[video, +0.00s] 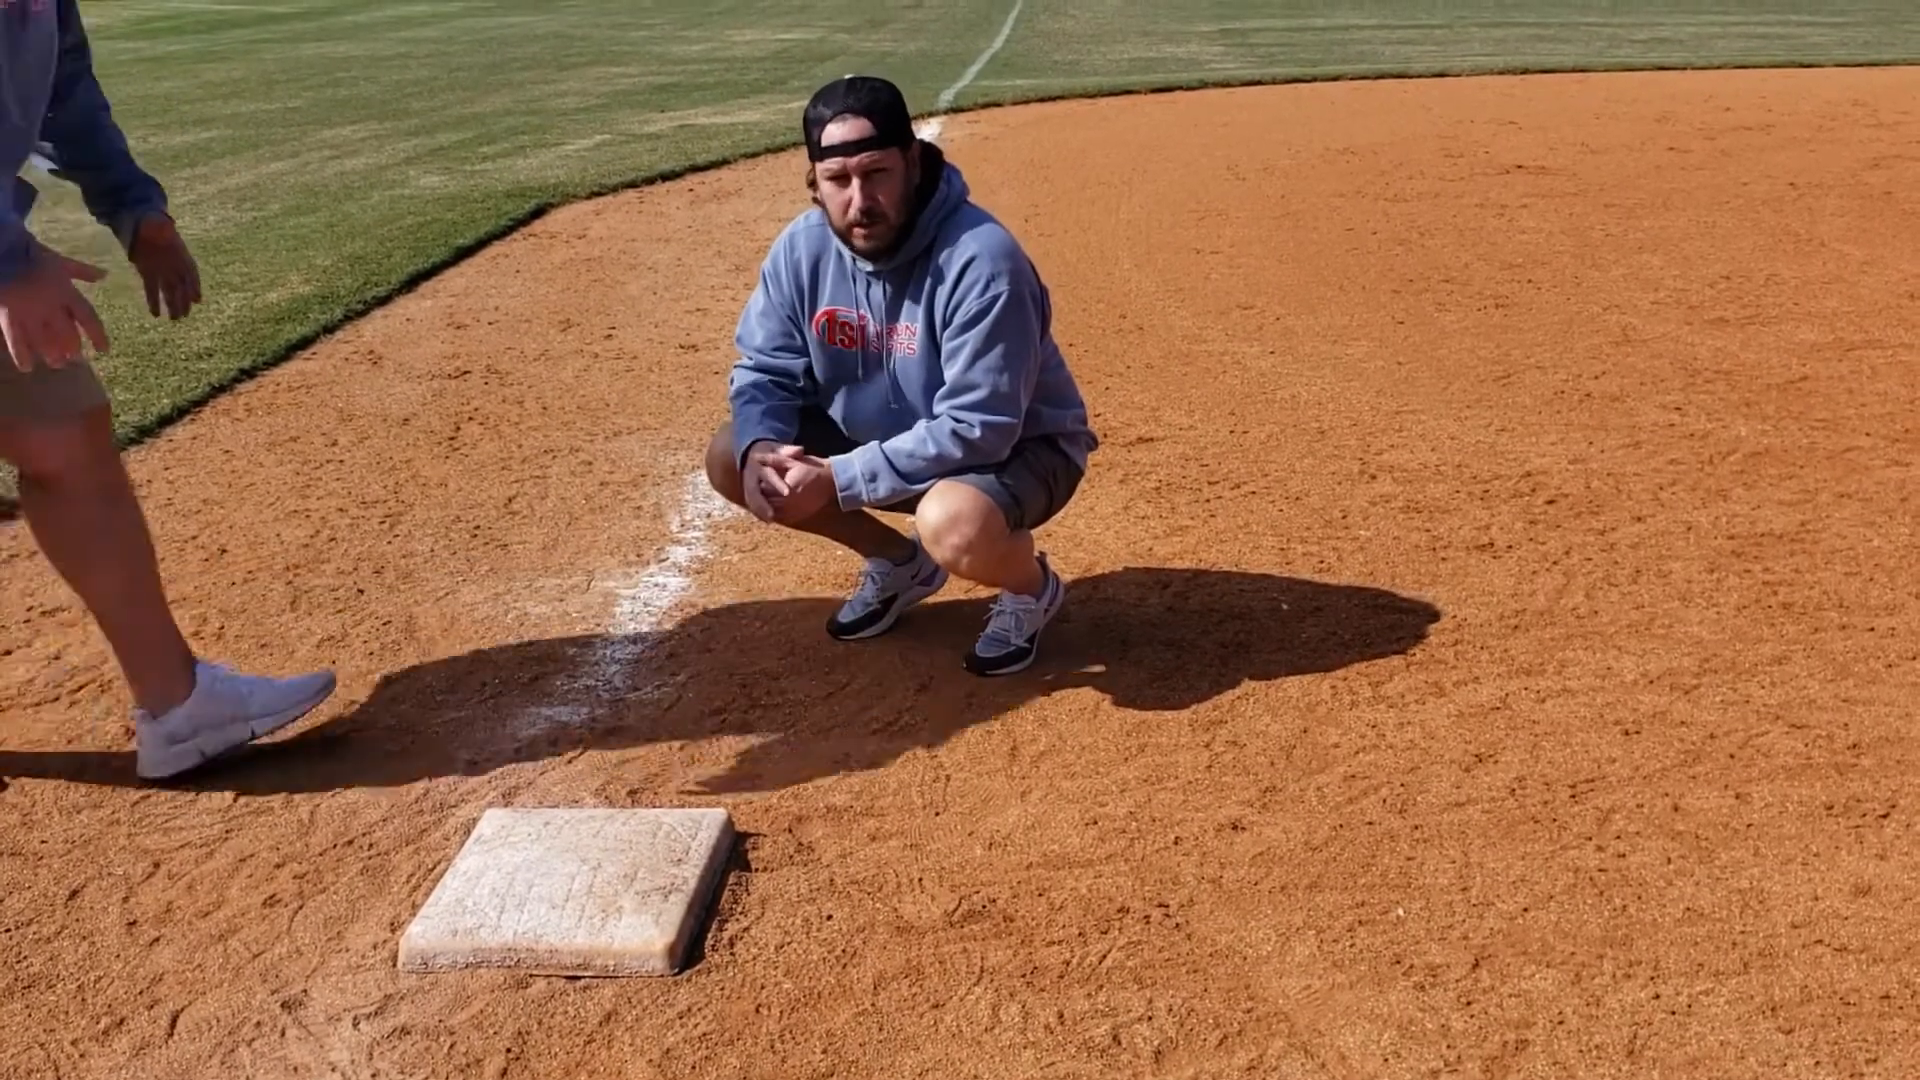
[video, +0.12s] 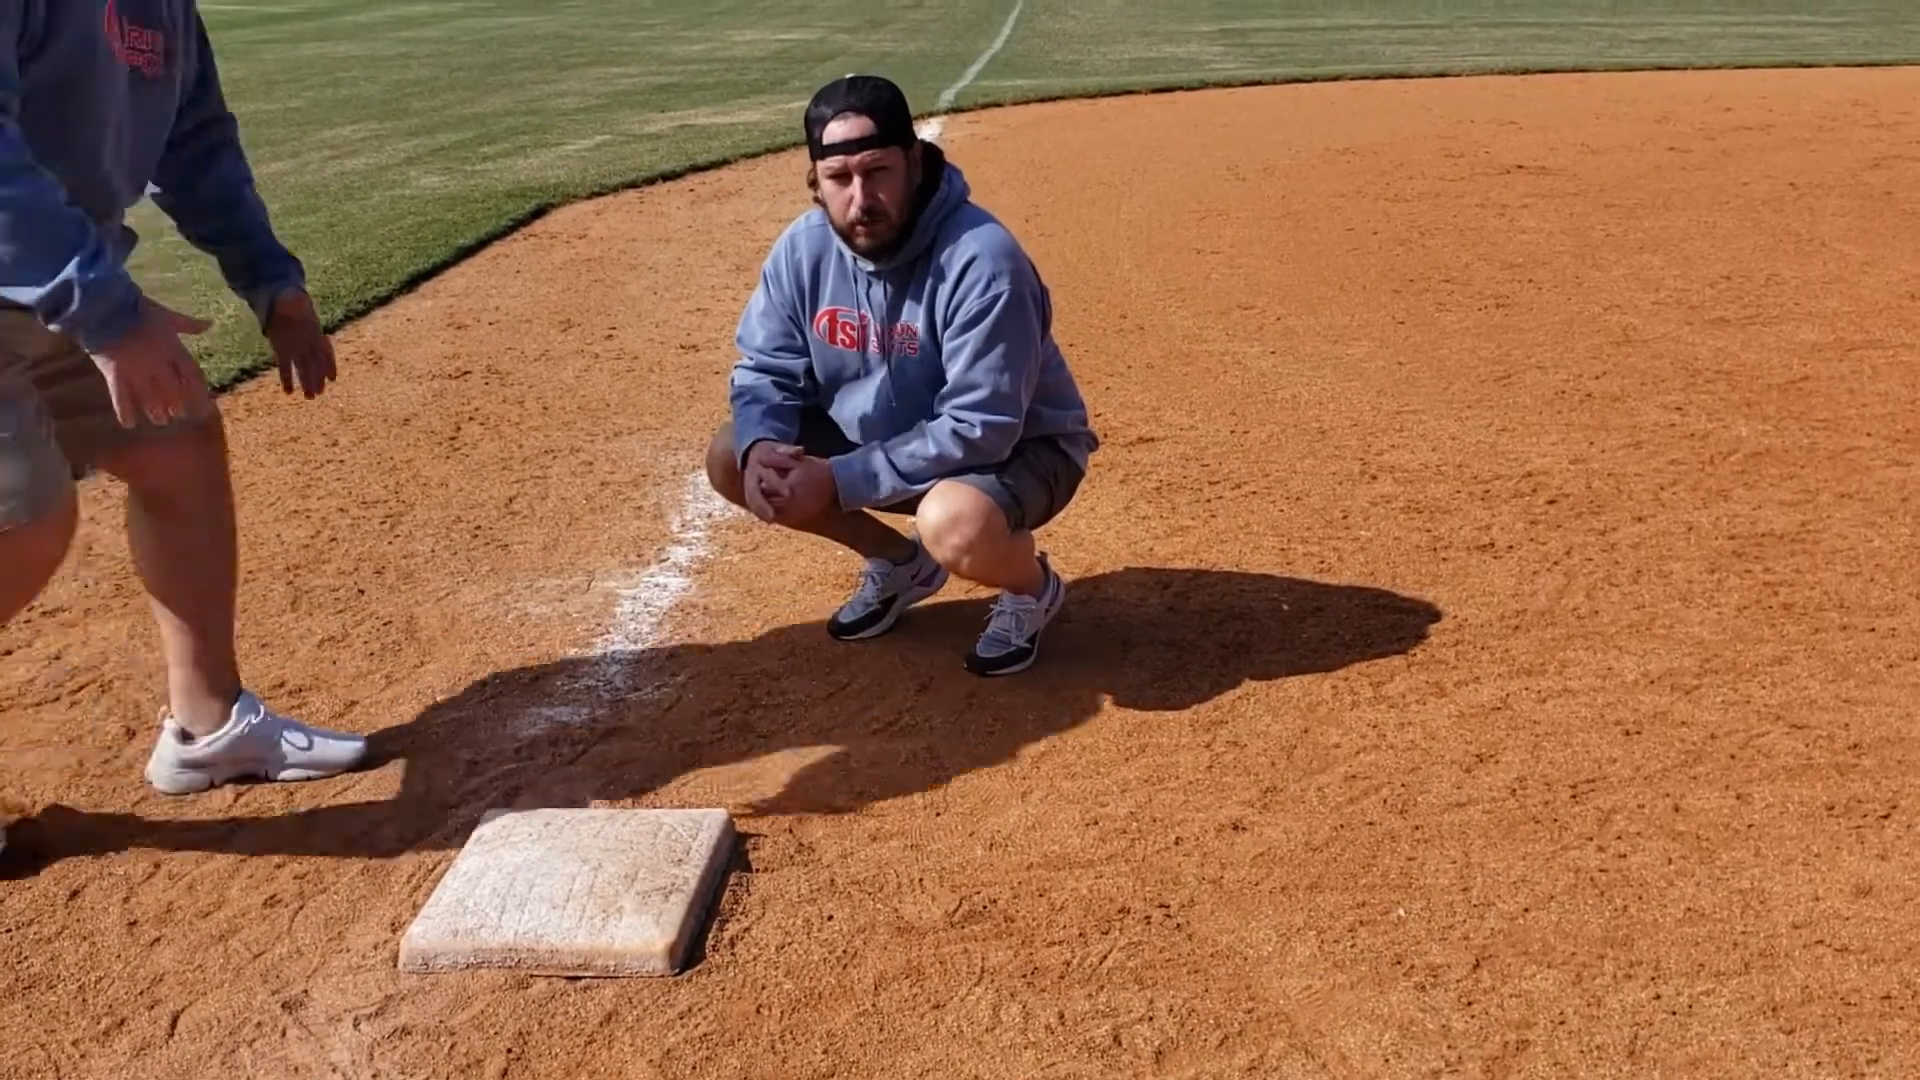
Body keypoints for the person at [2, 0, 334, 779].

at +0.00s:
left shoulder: (43, 14)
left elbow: (62, 84)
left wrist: (135, 208)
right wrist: (11, 256)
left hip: (7, 231)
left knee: (66, 429)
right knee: (61, 433)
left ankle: (171, 696)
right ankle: (172, 694)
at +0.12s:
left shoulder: (164, 10)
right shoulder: (30, 16)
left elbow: (192, 140)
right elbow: (1, 154)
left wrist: (276, 286)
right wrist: (102, 304)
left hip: (78, 280)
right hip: (4, 289)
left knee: (182, 443)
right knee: (26, 527)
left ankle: (205, 718)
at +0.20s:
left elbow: (243, 171)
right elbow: (26, 191)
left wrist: (333, 335)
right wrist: (169, 371)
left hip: (106, 285)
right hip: (13, 297)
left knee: (223, 440)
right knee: (59, 523)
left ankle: (210, 719)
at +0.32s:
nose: (392, 14)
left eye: (400, 3)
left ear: (346, 2)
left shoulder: (286, 65)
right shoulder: (160, 30)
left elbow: (322, 261)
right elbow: (148, 287)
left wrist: (411, 440)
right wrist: (268, 491)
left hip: (116, 318)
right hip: (11, 328)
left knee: (267, 459)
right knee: (92, 603)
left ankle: (215, 721)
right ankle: (166, 971)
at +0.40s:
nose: (432, 74)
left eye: (446, 56)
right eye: (430, 45)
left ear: (369, 9)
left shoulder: (295, 71)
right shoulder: (212, 67)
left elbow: (348, 304)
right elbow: (225, 351)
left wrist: (433, 481)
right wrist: (325, 562)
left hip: (123, 328)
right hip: (16, 339)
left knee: (259, 504)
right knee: (145, 616)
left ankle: (223, 724)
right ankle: (188, 1003)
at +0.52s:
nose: (497, 185)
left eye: (514, 166)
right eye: (502, 156)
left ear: (445, 94)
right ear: (443, 92)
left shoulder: (351, 150)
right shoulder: (298, 157)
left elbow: (398, 404)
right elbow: (325, 447)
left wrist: (462, 599)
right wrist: (395, 676)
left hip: (98, 375)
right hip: (19, 394)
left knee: (270, 506)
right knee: (236, 621)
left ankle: (250, 739)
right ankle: (202, 1020)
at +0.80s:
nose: (580, 331)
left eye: (596, 313)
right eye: (587, 305)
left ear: (540, 232)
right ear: (539, 241)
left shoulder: (434, 261)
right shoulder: (376, 279)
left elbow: (427, 520)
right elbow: (371, 571)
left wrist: (461, 726)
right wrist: (418, 801)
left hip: (96, 400)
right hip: (19, 428)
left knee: (306, 522)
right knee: (245, 647)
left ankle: (270, 731)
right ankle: (203, 1023)